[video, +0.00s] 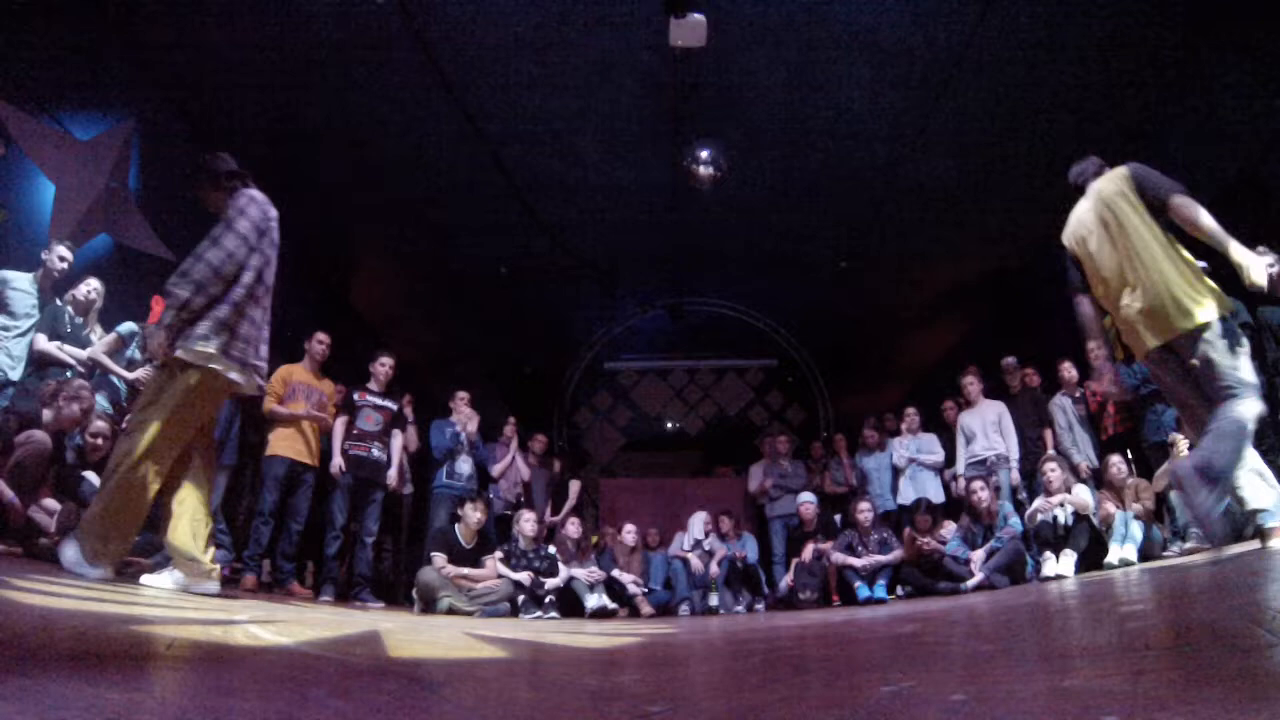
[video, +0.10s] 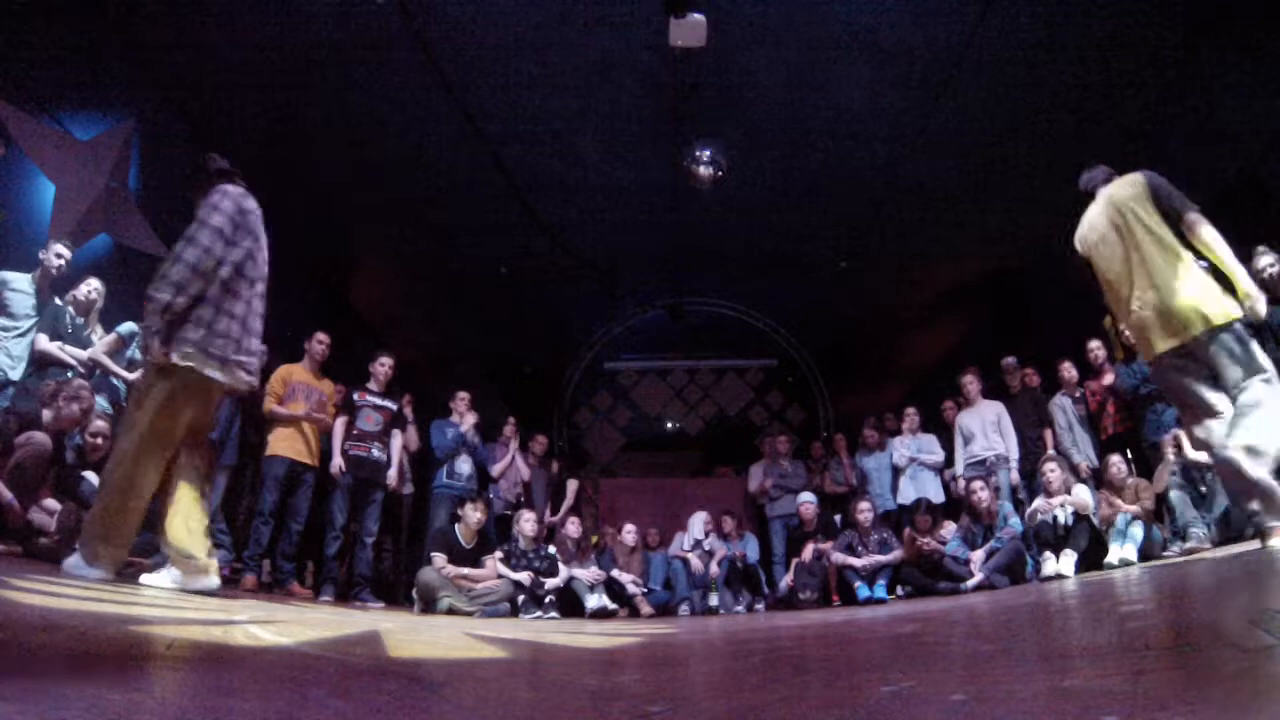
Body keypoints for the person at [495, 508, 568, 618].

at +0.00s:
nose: (532, 525)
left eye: (535, 521)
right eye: (527, 521)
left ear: (538, 526)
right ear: (517, 526)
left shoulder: (548, 551)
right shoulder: (508, 549)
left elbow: (565, 571)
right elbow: (497, 565)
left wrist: (557, 581)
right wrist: (516, 576)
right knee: (519, 573)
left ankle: (550, 603)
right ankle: (525, 604)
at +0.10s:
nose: (532, 525)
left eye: (535, 521)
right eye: (527, 521)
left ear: (538, 526)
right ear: (517, 526)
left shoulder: (548, 550)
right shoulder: (508, 549)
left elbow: (565, 571)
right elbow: (498, 565)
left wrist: (557, 581)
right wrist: (516, 576)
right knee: (519, 573)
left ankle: (550, 603)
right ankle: (525, 604)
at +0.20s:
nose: (532, 525)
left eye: (535, 521)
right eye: (527, 521)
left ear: (538, 526)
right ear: (517, 526)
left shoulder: (547, 550)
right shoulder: (508, 549)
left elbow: (565, 571)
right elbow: (498, 565)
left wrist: (557, 581)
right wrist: (516, 576)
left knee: (551, 567)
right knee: (520, 574)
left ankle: (550, 603)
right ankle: (525, 603)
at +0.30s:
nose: (532, 525)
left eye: (535, 521)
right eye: (527, 521)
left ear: (539, 526)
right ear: (517, 526)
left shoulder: (547, 550)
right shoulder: (508, 549)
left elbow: (565, 571)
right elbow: (498, 565)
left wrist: (557, 581)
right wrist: (516, 576)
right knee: (520, 574)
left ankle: (550, 603)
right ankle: (525, 604)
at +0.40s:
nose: (532, 525)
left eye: (535, 521)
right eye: (527, 521)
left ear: (539, 526)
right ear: (517, 526)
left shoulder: (547, 550)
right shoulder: (508, 549)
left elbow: (565, 571)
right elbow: (497, 563)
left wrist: (557, 581)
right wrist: (516, 576)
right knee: (520, 574)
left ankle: (550, 603)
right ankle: (525, 604)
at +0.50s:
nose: (532, 524)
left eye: (535, 521)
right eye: (527, 521)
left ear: (539, 526)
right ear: (517, 526)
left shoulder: (547, 550)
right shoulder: (509, 548)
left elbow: (565, 570)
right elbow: (497, 562)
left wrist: (557, 581)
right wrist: (516, 576)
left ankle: (550, 602)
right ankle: (525, 603)